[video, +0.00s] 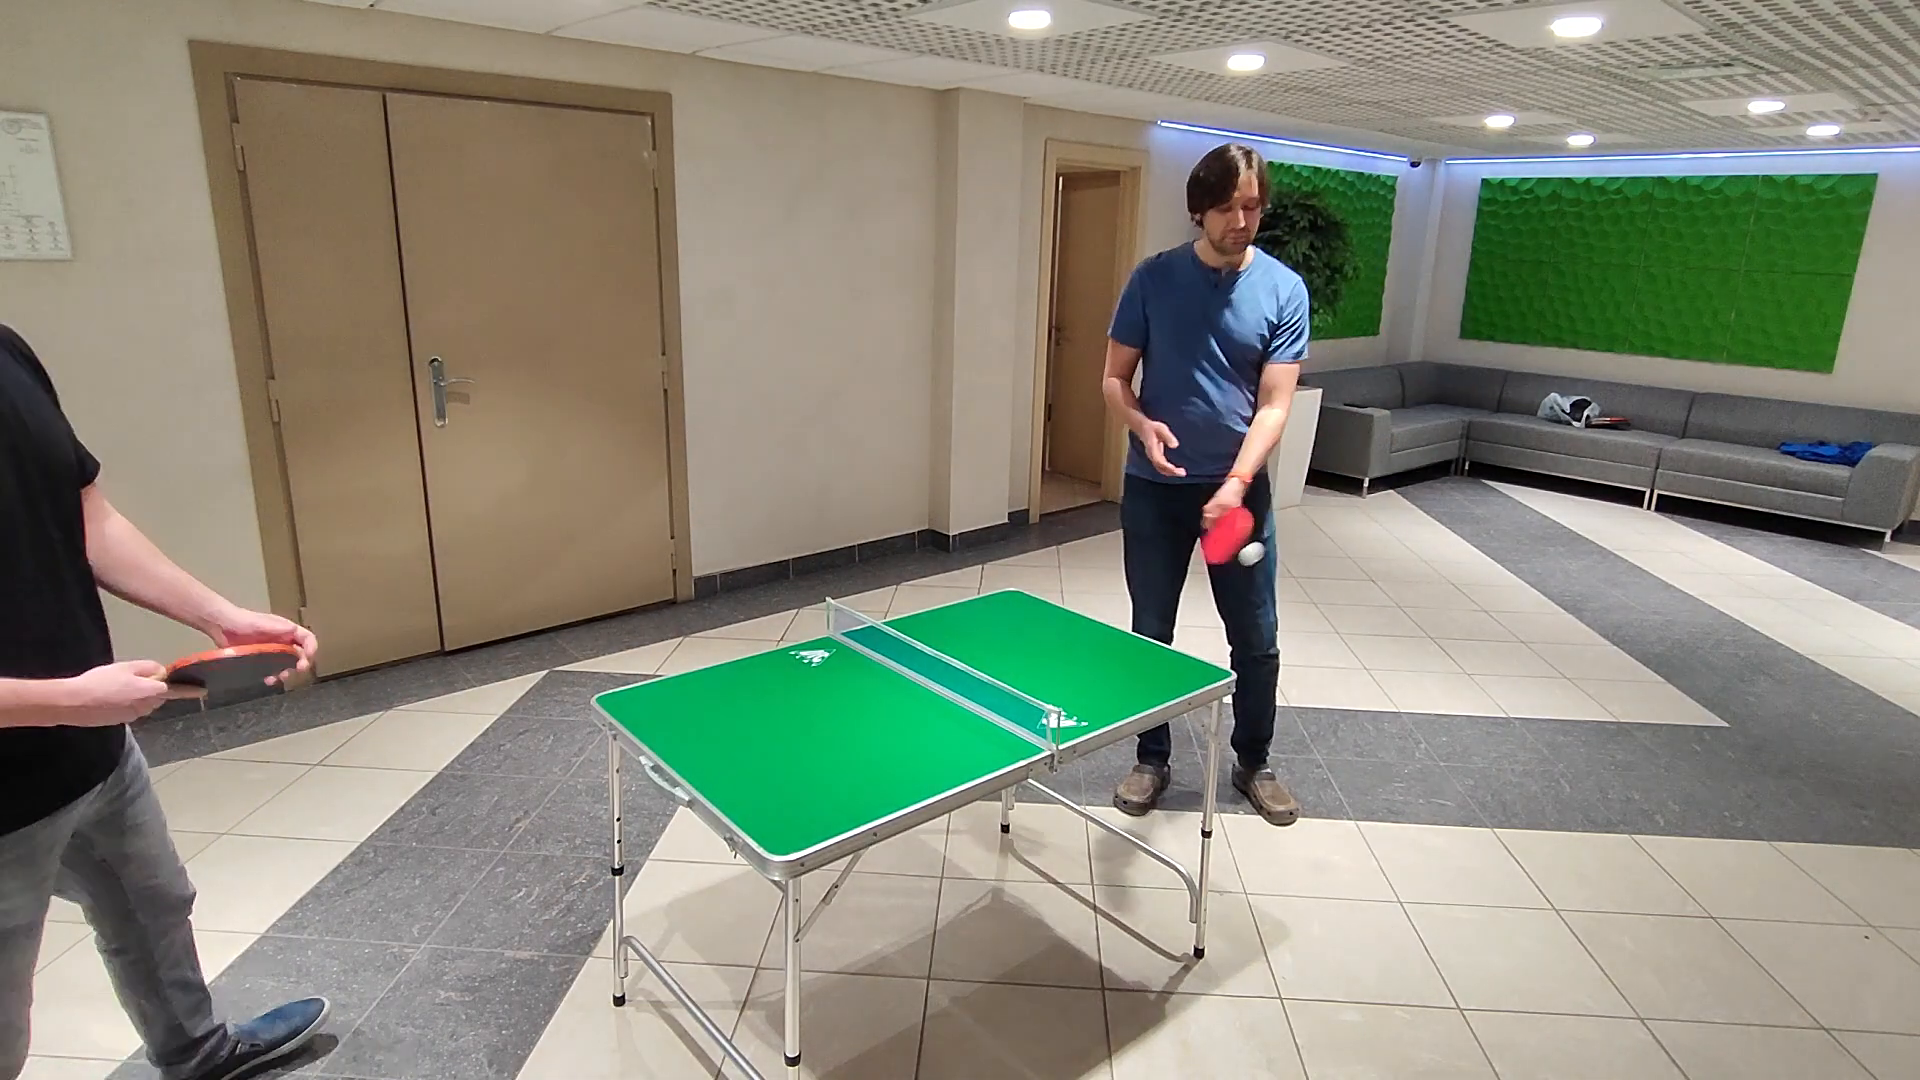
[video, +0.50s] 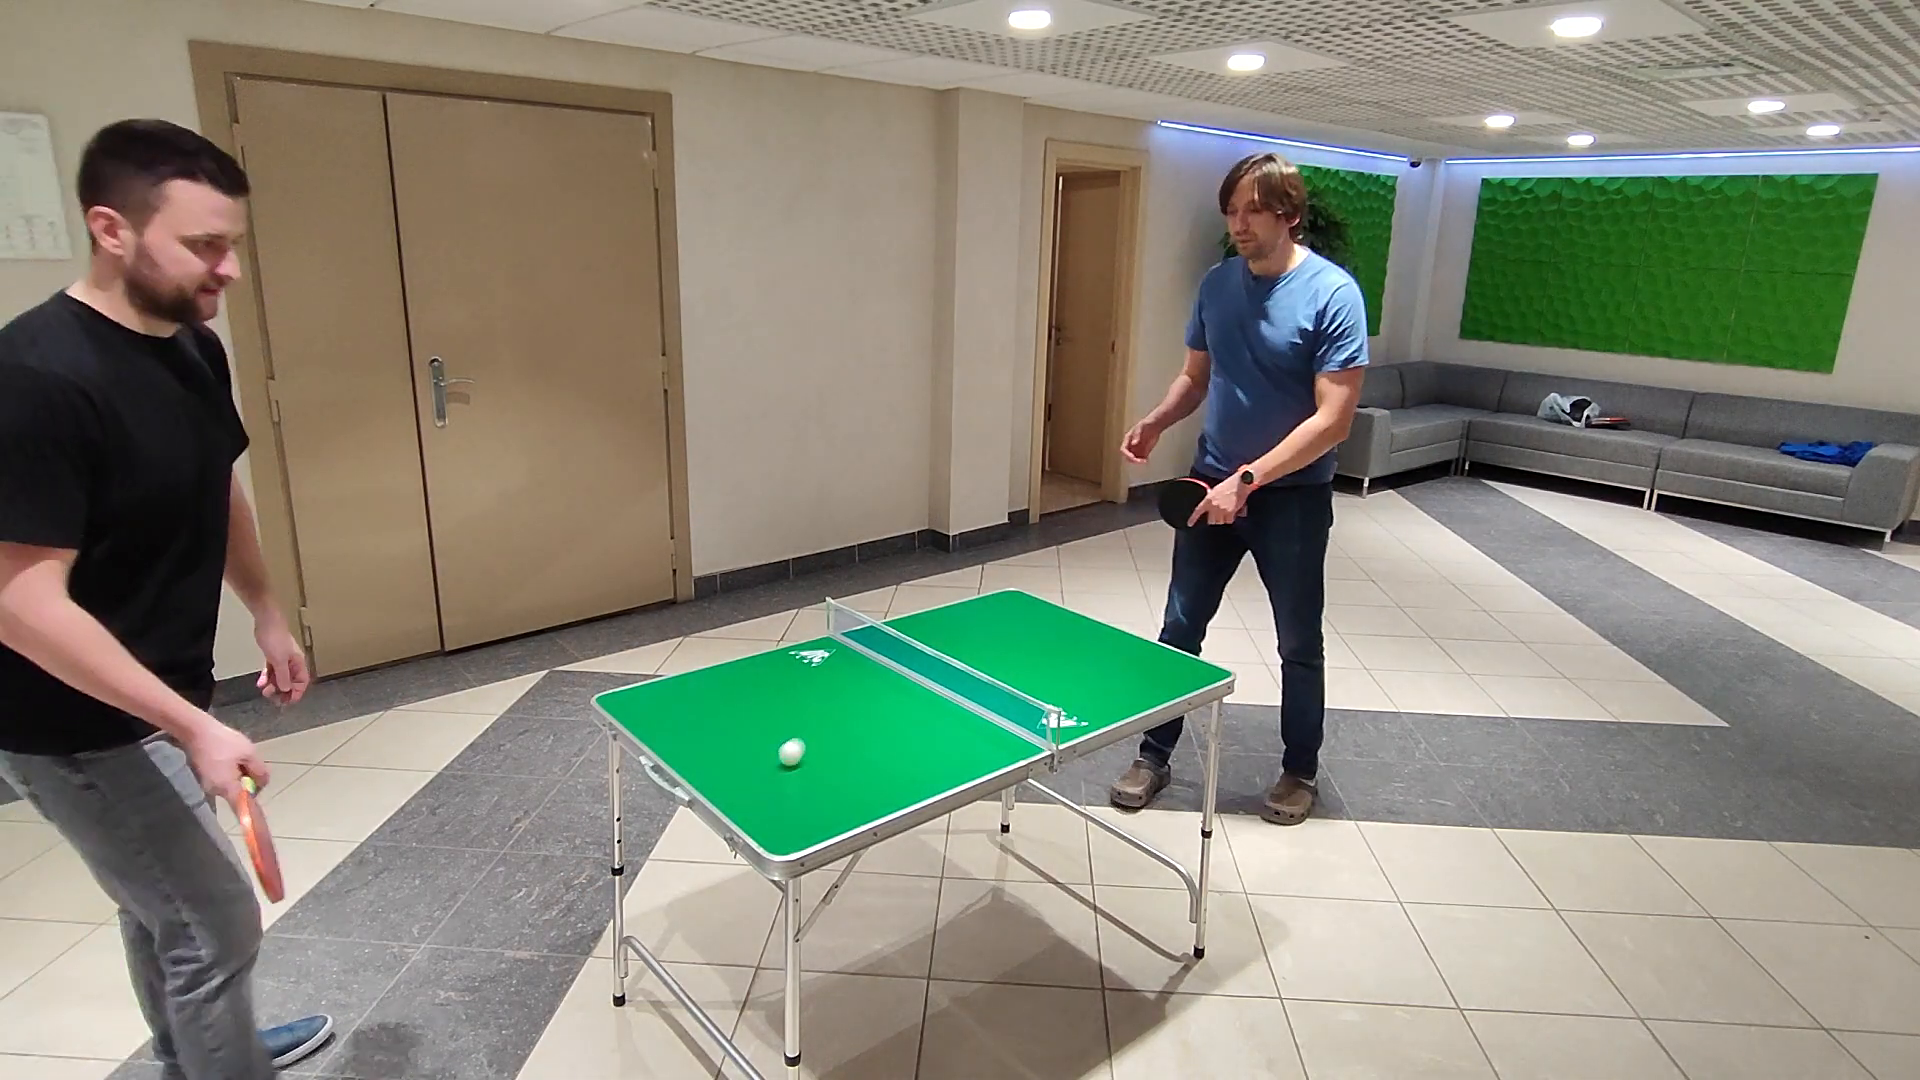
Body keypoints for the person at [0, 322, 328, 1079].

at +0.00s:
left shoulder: (11, 358)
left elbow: (91, 523)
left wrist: (225, 617)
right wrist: (65, 699)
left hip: (94, 751)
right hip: (9, 791)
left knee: (151, 909)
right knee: (5, 1043)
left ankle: (193, 1051)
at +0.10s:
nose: (24, 229)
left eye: (19, 202)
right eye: (5, 206)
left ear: (22, 212)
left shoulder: (38, 355)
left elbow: (118, 520)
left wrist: (242, 627)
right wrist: (87, 708)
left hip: (116, 743)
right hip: (18, 786)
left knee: (161, 912)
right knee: (13, 1038)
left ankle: (194, 1053)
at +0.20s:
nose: (78, 239)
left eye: (75, 213)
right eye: (45, 216)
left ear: (67, 219)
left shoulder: (77, 352)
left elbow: (147, 517)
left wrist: (251, 627)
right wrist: (104, 713)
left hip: (145, 730)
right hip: (33, 776)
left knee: (181, 899)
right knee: (36, 1036)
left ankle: (203, 1050)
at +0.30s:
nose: (127, 244)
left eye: (128, 220)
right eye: (101, 221)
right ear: (12, 222)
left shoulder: (116, 348)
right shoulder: (6, 366)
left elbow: (173, 506)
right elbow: (0, 640)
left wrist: (255, 622)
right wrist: (120, 712)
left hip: (162, 719)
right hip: (47, 754)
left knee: (191, 912)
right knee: (124, 981)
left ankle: (203, 1050)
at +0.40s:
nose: (177, 256)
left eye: (179, 230)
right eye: (151, 230)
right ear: (52, 221)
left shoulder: (156, 347)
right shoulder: (12, 370)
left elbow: (202, 504)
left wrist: (262, 624)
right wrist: (147, 716)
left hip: (166, 706)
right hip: (56, 733)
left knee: (195, 902)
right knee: (169, 961)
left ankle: (203, 1046)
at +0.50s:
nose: (229, 270)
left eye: (234, 247)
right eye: (205, 246)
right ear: (112, 232)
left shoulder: (194, 349)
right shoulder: (40, 372)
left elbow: (218, 492)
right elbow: (25, 599)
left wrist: (268, 614)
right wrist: (190, 725)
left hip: (167, 703)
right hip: (71, 727)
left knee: (162, 907)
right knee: (214, 928)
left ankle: (200, 1046)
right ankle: (217, 1072)